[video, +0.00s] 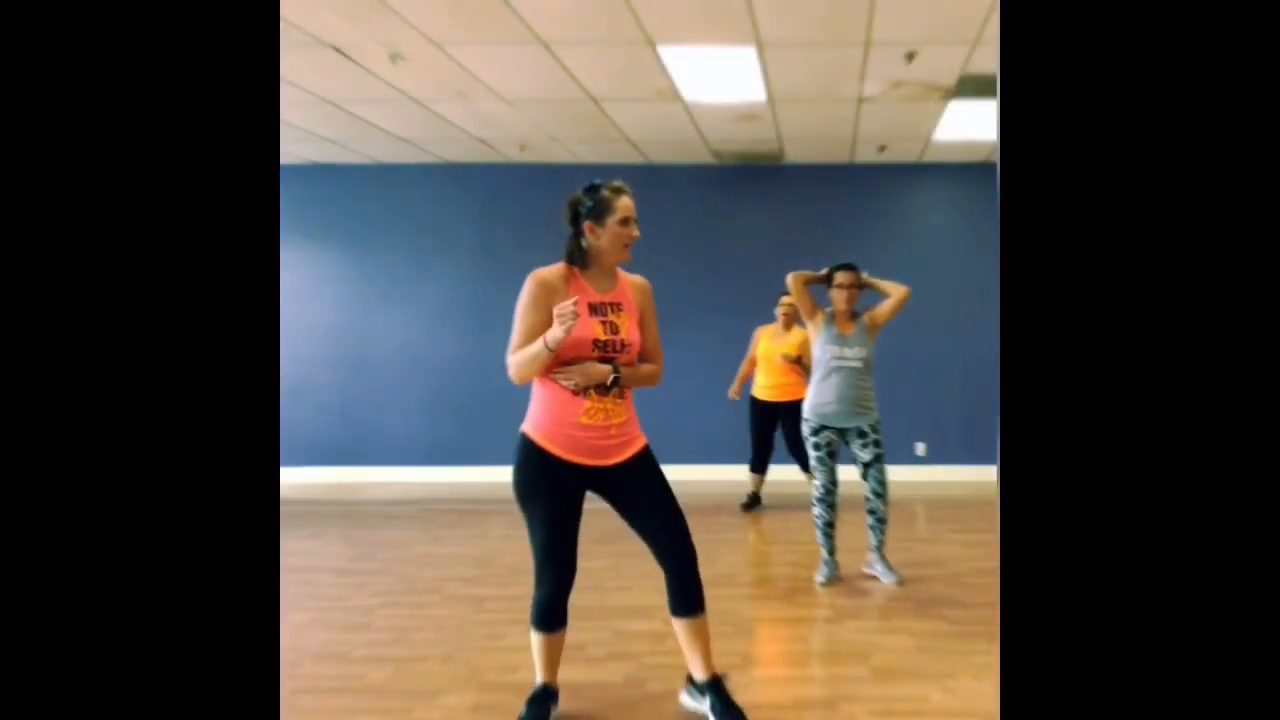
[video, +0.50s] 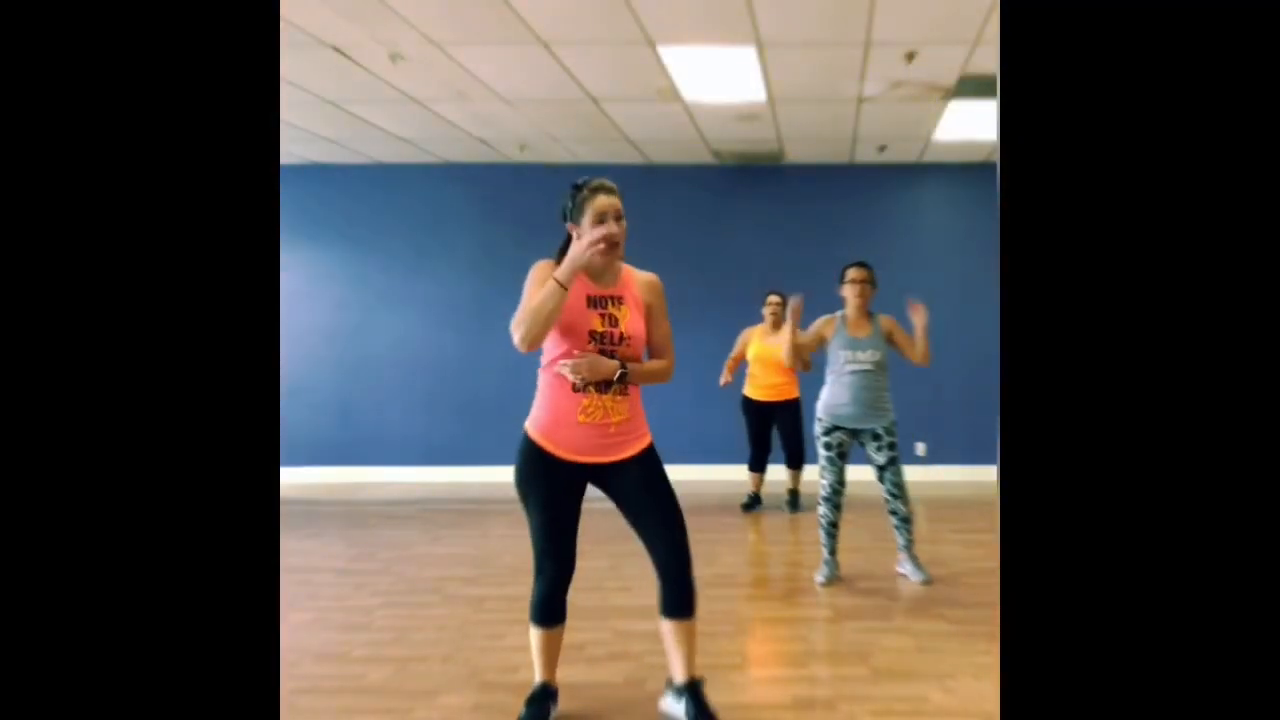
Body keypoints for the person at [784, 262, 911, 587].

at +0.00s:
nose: (846, 294)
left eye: (852, 288)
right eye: (840, 287)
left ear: (860, 293)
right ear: (829, 292)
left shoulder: (869, 324)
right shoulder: (817, 321)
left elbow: (902, 293)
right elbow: (793, 279)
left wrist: (869, 281)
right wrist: (824, 276)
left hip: (862, 418)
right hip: (820, 418)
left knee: (878, 487)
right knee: (824, 490)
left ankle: (876, 555)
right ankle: (827, 559)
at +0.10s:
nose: (845, 294)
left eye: (851, 288)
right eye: (839, 287)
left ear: (858, 292)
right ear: (827, 292)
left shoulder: (869, 323)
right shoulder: (816, 321)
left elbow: (904, 297)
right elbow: (789, 284)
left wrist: (870, 282)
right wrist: (818, 278)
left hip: (861, 418)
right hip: (820, 419)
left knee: (874, 488)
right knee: (823, 491)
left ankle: (871, 557)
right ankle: (827, 560)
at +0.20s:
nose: (844, 293)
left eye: (851, 287)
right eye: (839, 286)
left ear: (860, 291)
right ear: (828, 291)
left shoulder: (870, 322)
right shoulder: (815, 321)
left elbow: (909, 303)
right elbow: (784, 291)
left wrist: (874, 282)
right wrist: (816, 279)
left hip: (862, 418)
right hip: (820, 418)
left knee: (881, 484)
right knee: (823, 491)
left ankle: (877, 555)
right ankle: (828, 560)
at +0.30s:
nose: (847, 290)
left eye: (853, 284)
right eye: (841, 284)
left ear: (862, 289)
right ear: (831, 289)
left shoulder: (872, 322)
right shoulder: (817, 319)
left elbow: (916, 317)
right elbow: (775, 309)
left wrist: (885, 287)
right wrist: (806, 283)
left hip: (865, 417)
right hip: (822, 418)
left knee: (886, 483)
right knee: (825, 490)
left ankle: (887, 554)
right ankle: (828, 560)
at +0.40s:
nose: (851, 288)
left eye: (857, 283)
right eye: (845, 283)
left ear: (866, 289)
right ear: (835, 289)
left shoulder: (878, 323)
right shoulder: (822, 322)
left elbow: (922, 337)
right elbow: (776, 331)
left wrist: (903, 299)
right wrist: (796, 294)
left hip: (870, 418)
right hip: (827, 418)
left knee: (890, 486)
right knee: (827, 491)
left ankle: (899, 554)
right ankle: (828, 560)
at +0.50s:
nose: (858, 288)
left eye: (864, 283)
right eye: (852, 282)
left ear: (873, 289)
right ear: (842, 289)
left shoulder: (885, 324)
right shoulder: (828, 324)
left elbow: (920, 358)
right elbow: (796, 357)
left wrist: (920, 327)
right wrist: (793, 324)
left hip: (877, 420)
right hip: (834, 419)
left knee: (894, 488)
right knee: (831, 491)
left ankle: (906, 557)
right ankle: (828, 560)